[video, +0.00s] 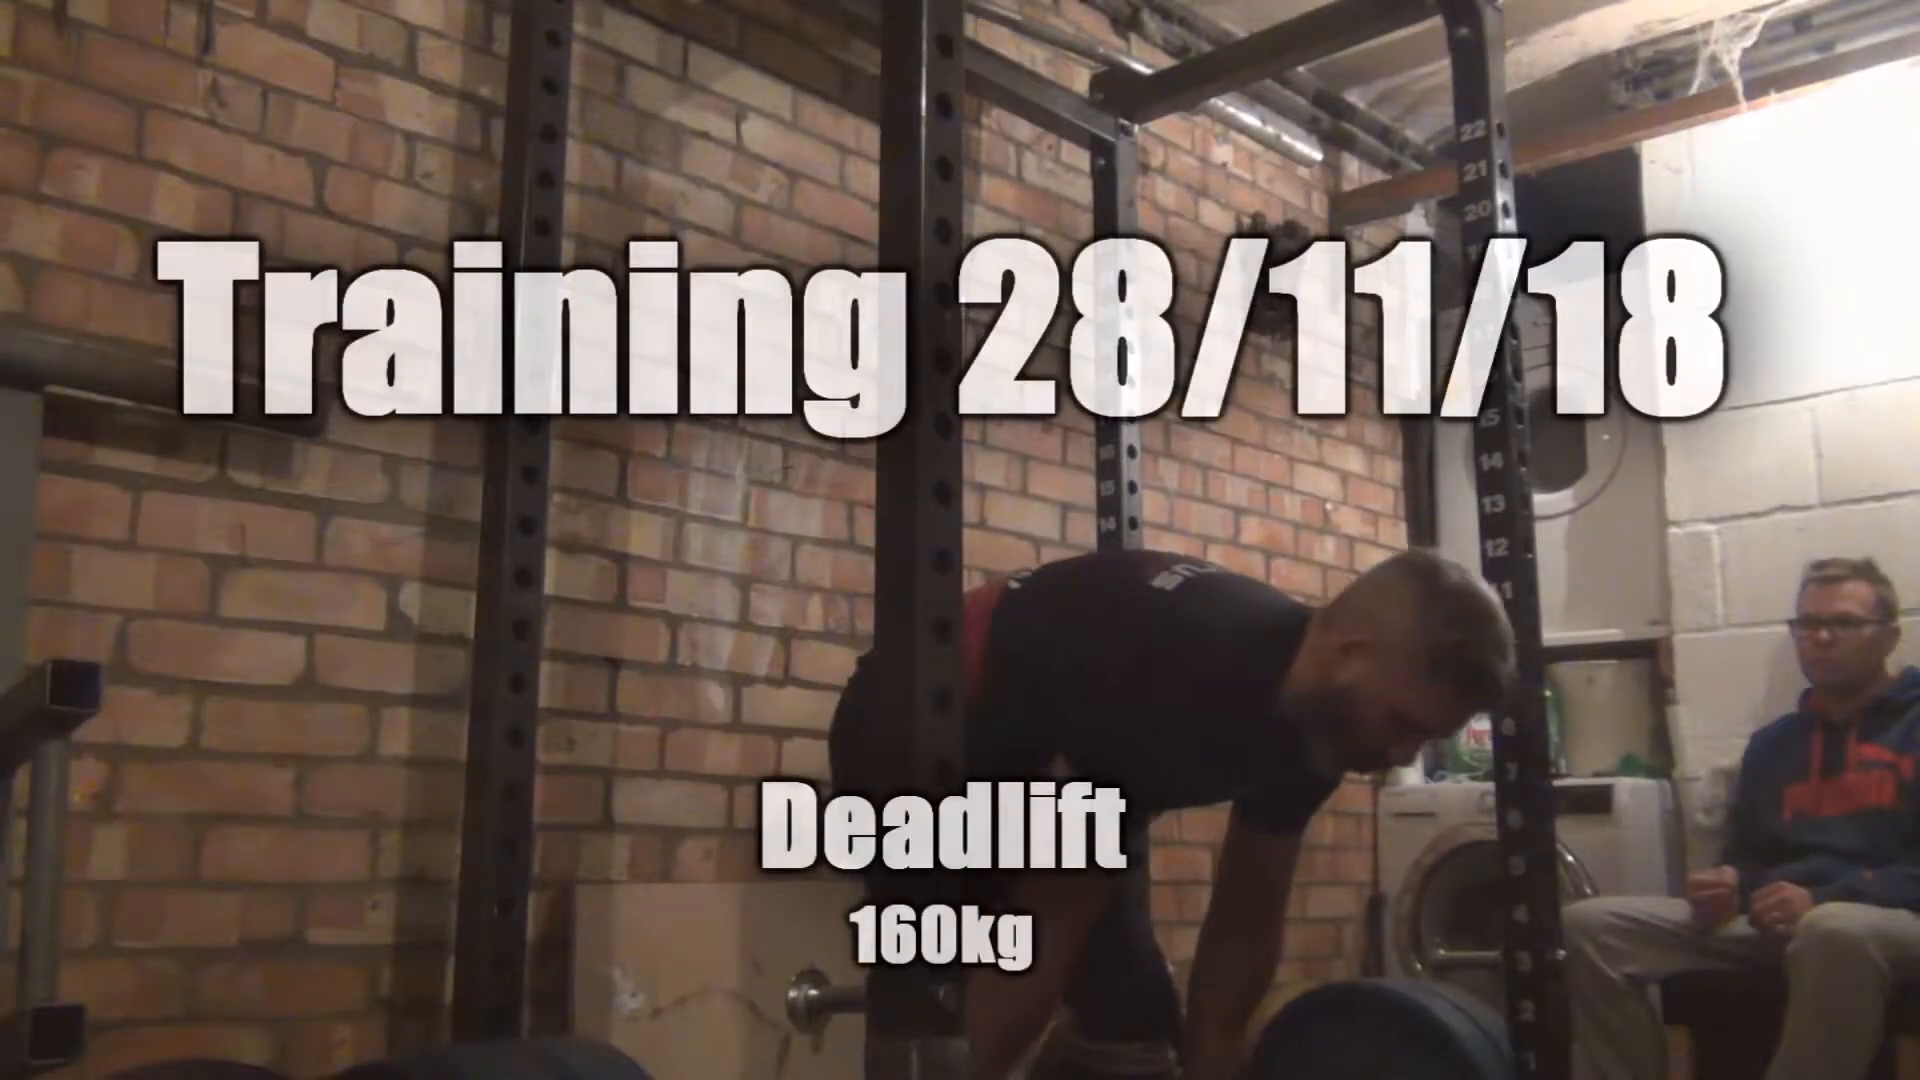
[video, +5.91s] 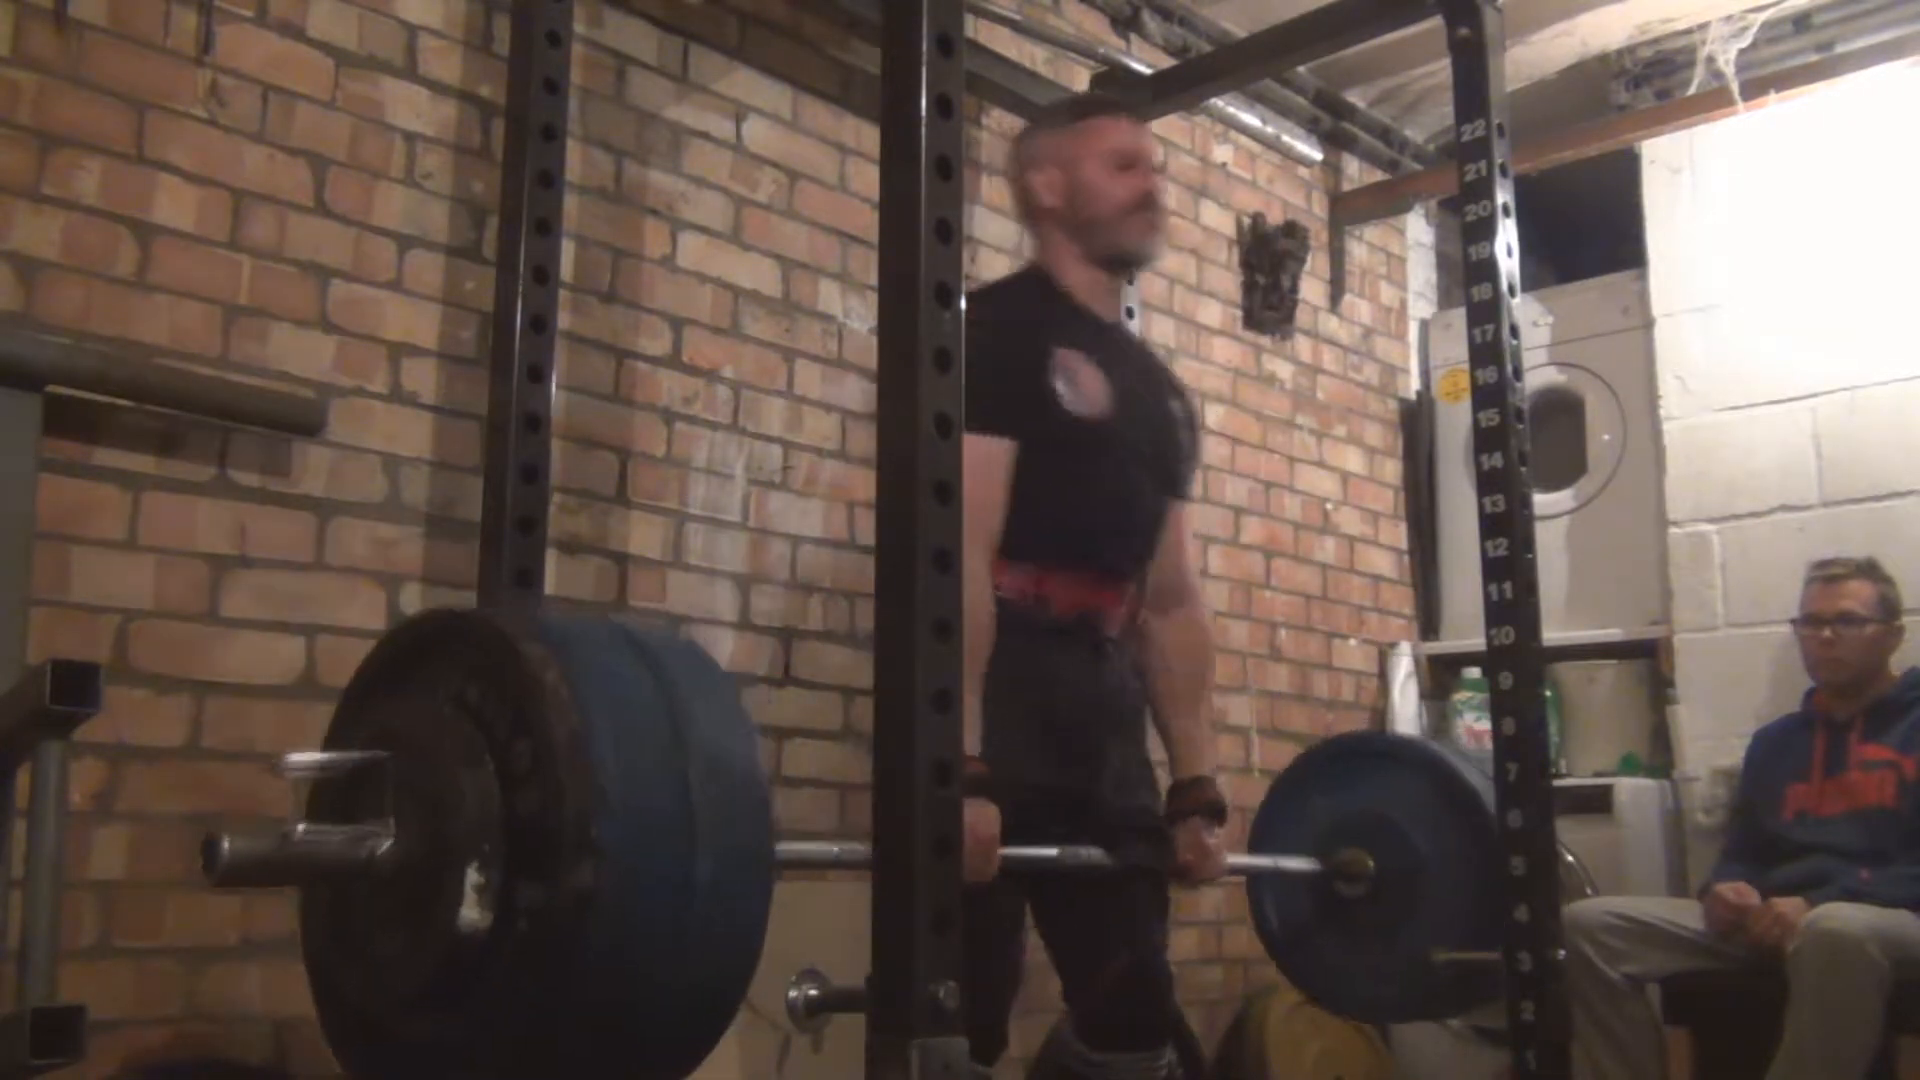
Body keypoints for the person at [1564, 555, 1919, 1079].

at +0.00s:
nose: (1821, 639)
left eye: (1843, 624)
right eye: (1808, 624)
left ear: (1890, 636)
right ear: (1794, 634)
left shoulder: (1913, 722)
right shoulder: (1771, 744)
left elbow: (1914, 872)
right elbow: (1746, 857)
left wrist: (1819, 900)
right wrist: (1730, 885)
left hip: (1896, 918)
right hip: (1772, 918)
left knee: (1832, 937)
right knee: (1588, 930)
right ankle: (1625, 1072)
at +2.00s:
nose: (1822, 638)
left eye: (1844, 624)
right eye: (1809, 624)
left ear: (1890, 638)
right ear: (1794, 633)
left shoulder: (1914, 722)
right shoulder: (1772, 745)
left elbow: (1914, 875)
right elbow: (1745, 859)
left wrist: (1820, 900)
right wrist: (1729, 887)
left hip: (1894, 921)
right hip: (1772, 920)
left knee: (1833, 937)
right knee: (1589, 929)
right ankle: (1625, 1072)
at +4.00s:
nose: (1823, 639)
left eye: (1845, 624)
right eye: (1809, 623)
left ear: (1891, 636)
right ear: (1794, 633)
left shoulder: (1914, 722)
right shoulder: (1774, 743)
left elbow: (1914, 875)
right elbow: (1745, 850)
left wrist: (1820, 899)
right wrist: (1730, 883)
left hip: (1894, 919)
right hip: (1771, 918)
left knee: (1833, 936)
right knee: (1589, 929)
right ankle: (1626, 1073)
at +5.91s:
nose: (1824, 637)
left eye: (1847, 622)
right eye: (1812, 622)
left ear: (1893, 636)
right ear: (1797, 632)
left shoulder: (1914, 721)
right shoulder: (1775, 742)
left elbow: (1915, 872)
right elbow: (1742, 850)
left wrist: (1817, 904)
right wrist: (1725, 889)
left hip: (1894, 919)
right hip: (1768, 917)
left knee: (1834, 936)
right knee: (1588, 929)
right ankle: (1629, 1073)